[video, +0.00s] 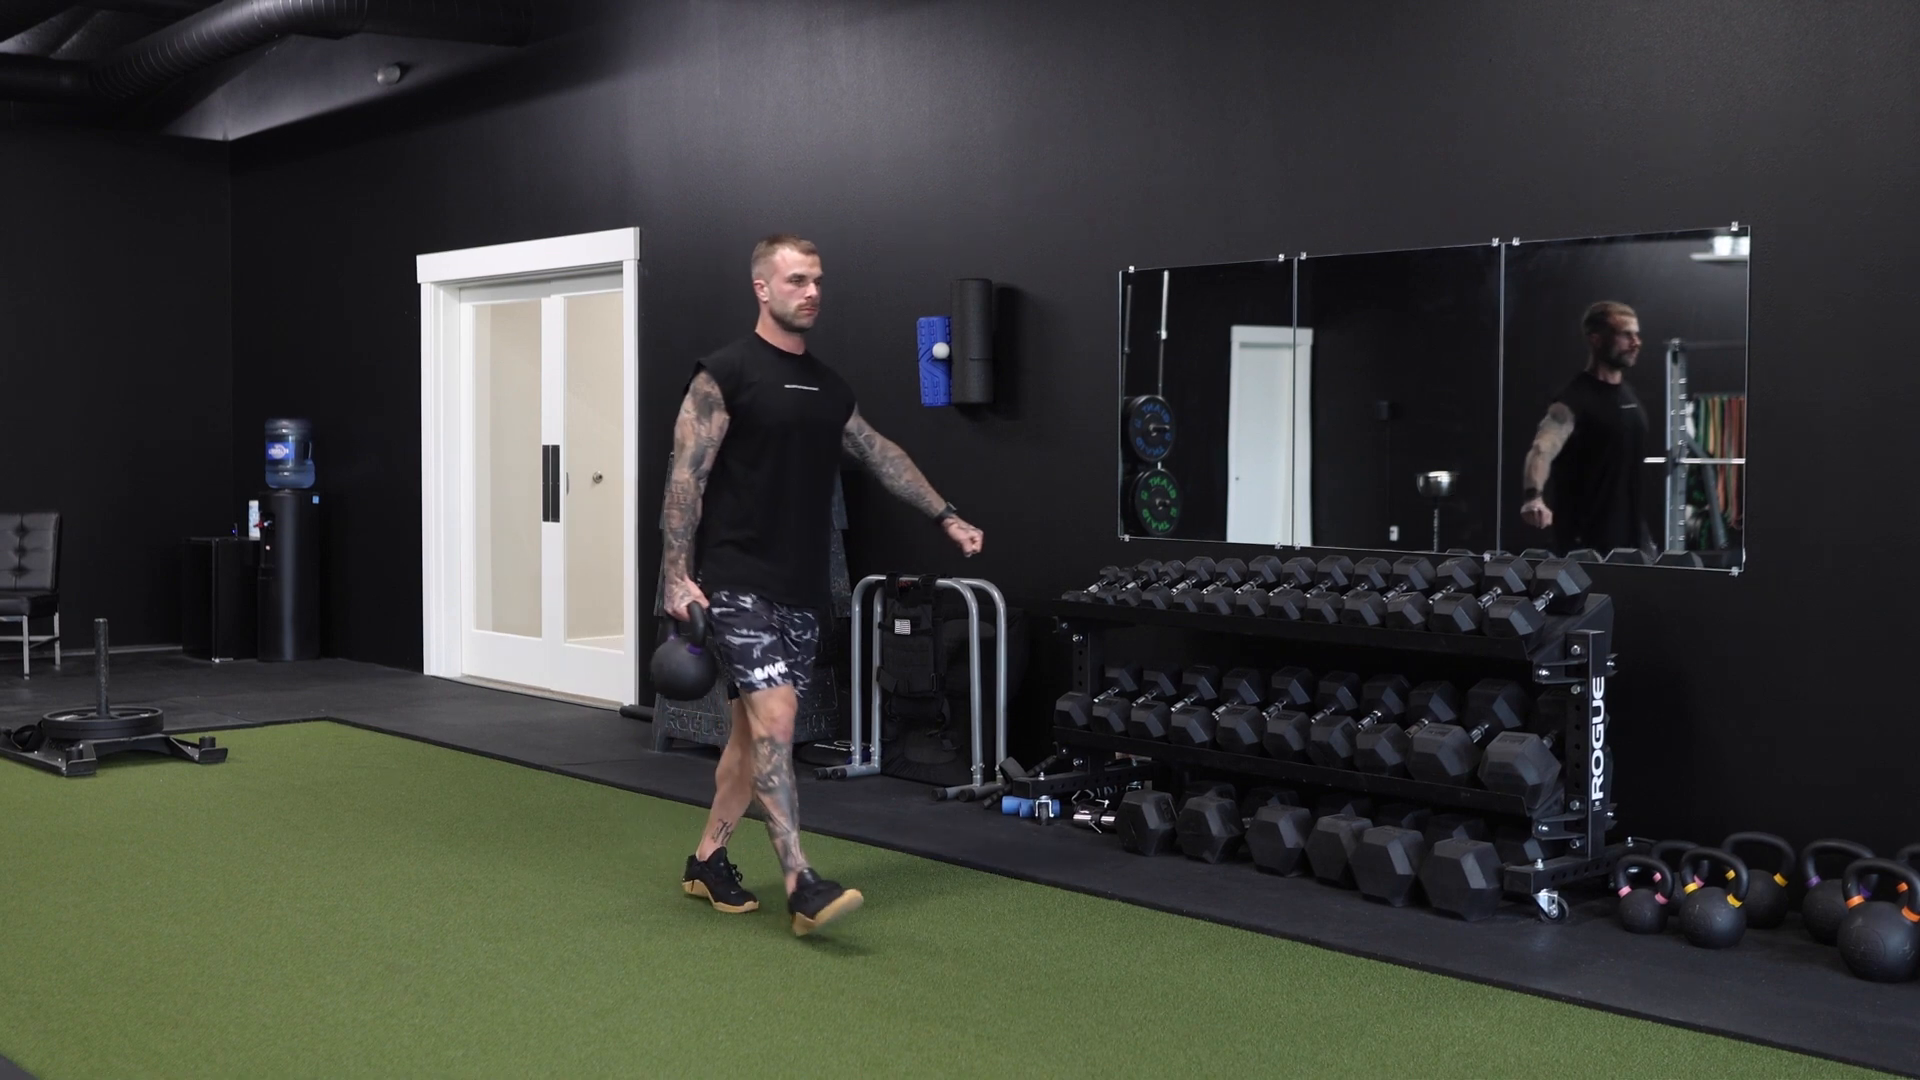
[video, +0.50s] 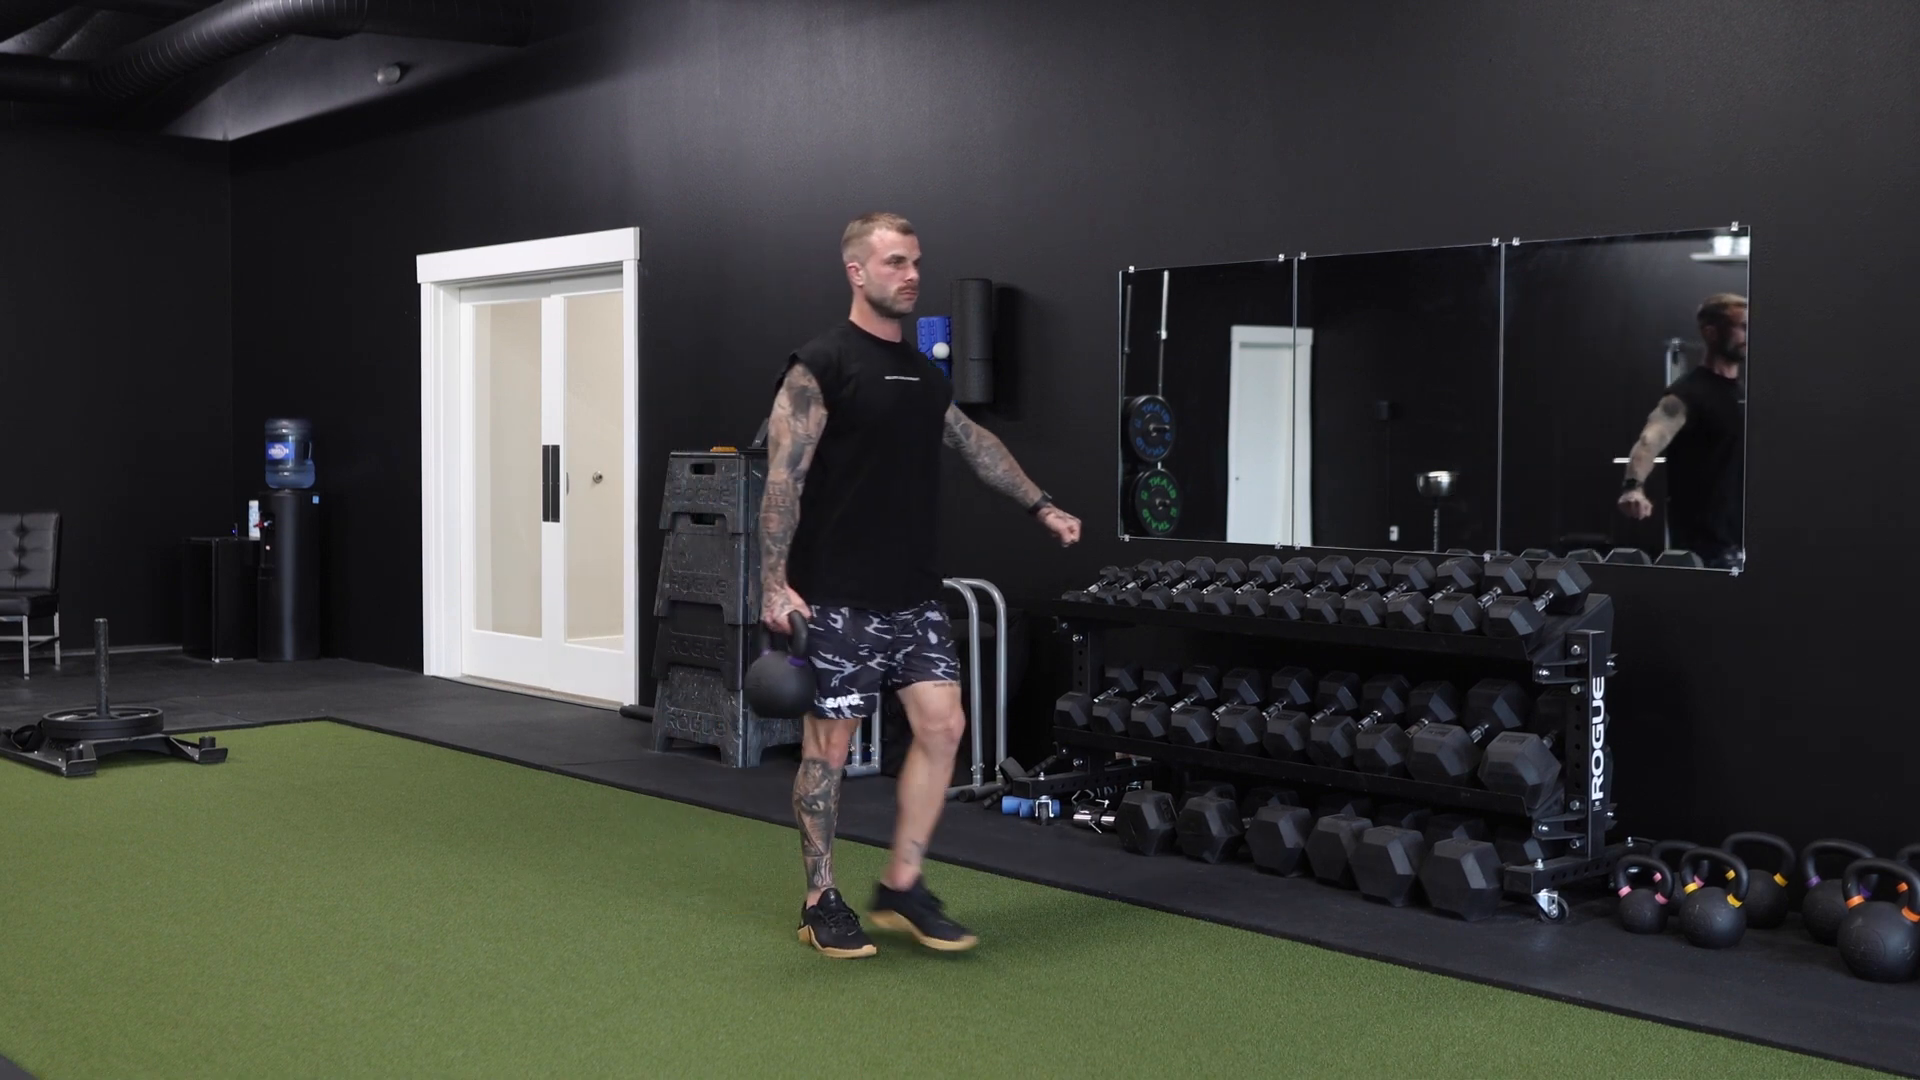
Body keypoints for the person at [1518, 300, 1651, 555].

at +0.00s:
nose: (1636, 343)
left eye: (1637, 335)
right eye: (1625, 335)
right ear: (1596, 339)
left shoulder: (1626, 395)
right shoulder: (1576, 398)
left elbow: (1626, 475)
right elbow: (1542, 450)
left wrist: (1642, 536)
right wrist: (1532, 496)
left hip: (1627, 536)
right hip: (1582, 537)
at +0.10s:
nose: (1661, 342)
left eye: (1663, 335)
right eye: (1651, 334)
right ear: (1622, 339)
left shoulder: (1655, 396)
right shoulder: (1600, 398)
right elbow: (1563, 447)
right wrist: (1550, 493)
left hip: (1652, 534)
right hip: (1606, 535)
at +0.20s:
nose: (1689, 339)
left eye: (1691, 332)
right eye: (1679, 331)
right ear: (1648, 335)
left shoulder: (1684, 399)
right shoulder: (1625, 396)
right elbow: (1586, 445)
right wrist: (1569, 490)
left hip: (1677, 535)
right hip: (1630, 535)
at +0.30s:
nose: (1713, 337)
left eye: (1715, 330)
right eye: (1702, 329)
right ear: (1671, 333)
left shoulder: (1707, 396)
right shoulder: (1648, 393)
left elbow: (1704, 469)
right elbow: (1608, 442)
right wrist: (1590, 487)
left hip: (1704, 539)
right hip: (1657, 538)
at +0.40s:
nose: (1734, 336)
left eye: (1735, 329)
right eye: (1723, 327)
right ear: (1690, 331)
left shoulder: (1727, 395)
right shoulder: (1667, 392)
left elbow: (1728, 467)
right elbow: (1628, 441)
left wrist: (1734, 526)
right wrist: (1611, 486)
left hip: (1721, 540)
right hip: (1676, 542)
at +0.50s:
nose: (1748, 336)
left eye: (1749, 327)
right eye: (1741, 326)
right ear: (1710, 332)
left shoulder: (1747, 390)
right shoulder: (1688, 393)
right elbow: (1651, 439)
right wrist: (1633, 486)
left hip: (1745, 530)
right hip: (1700, 533)